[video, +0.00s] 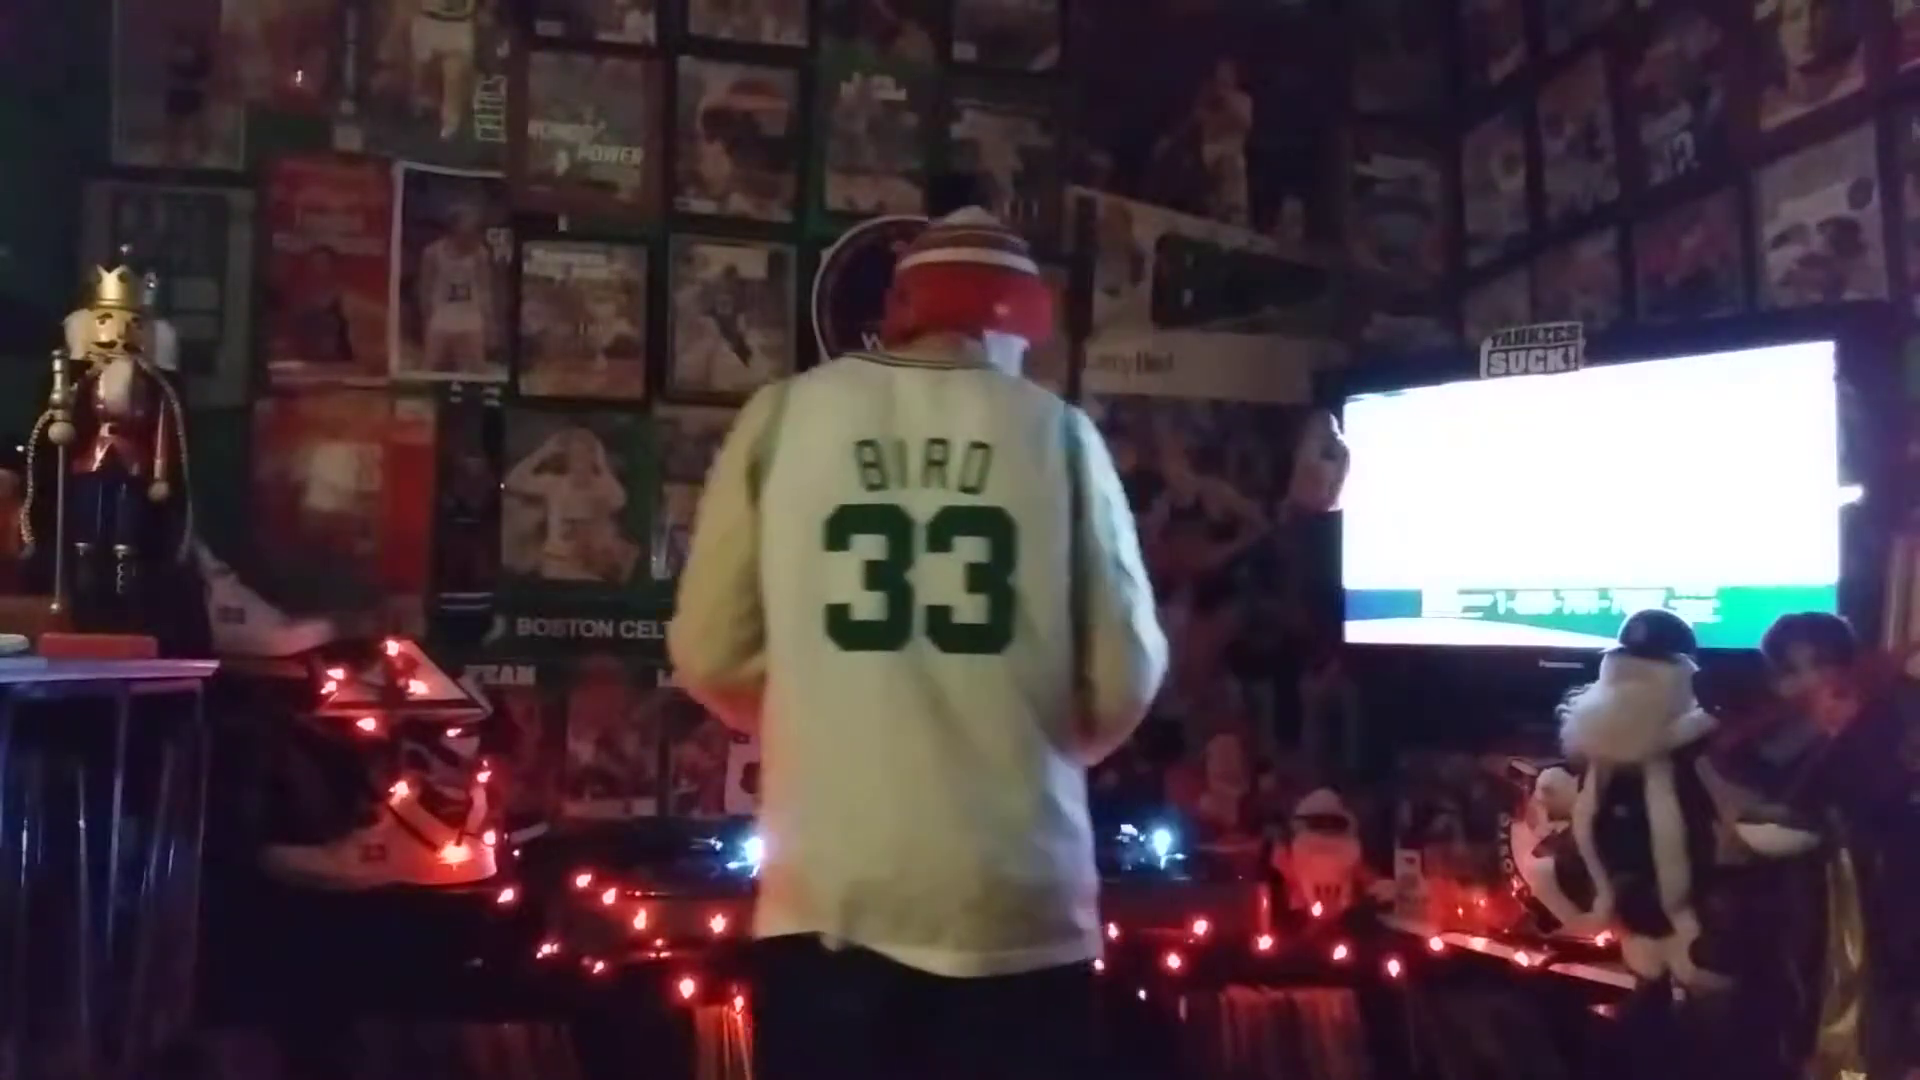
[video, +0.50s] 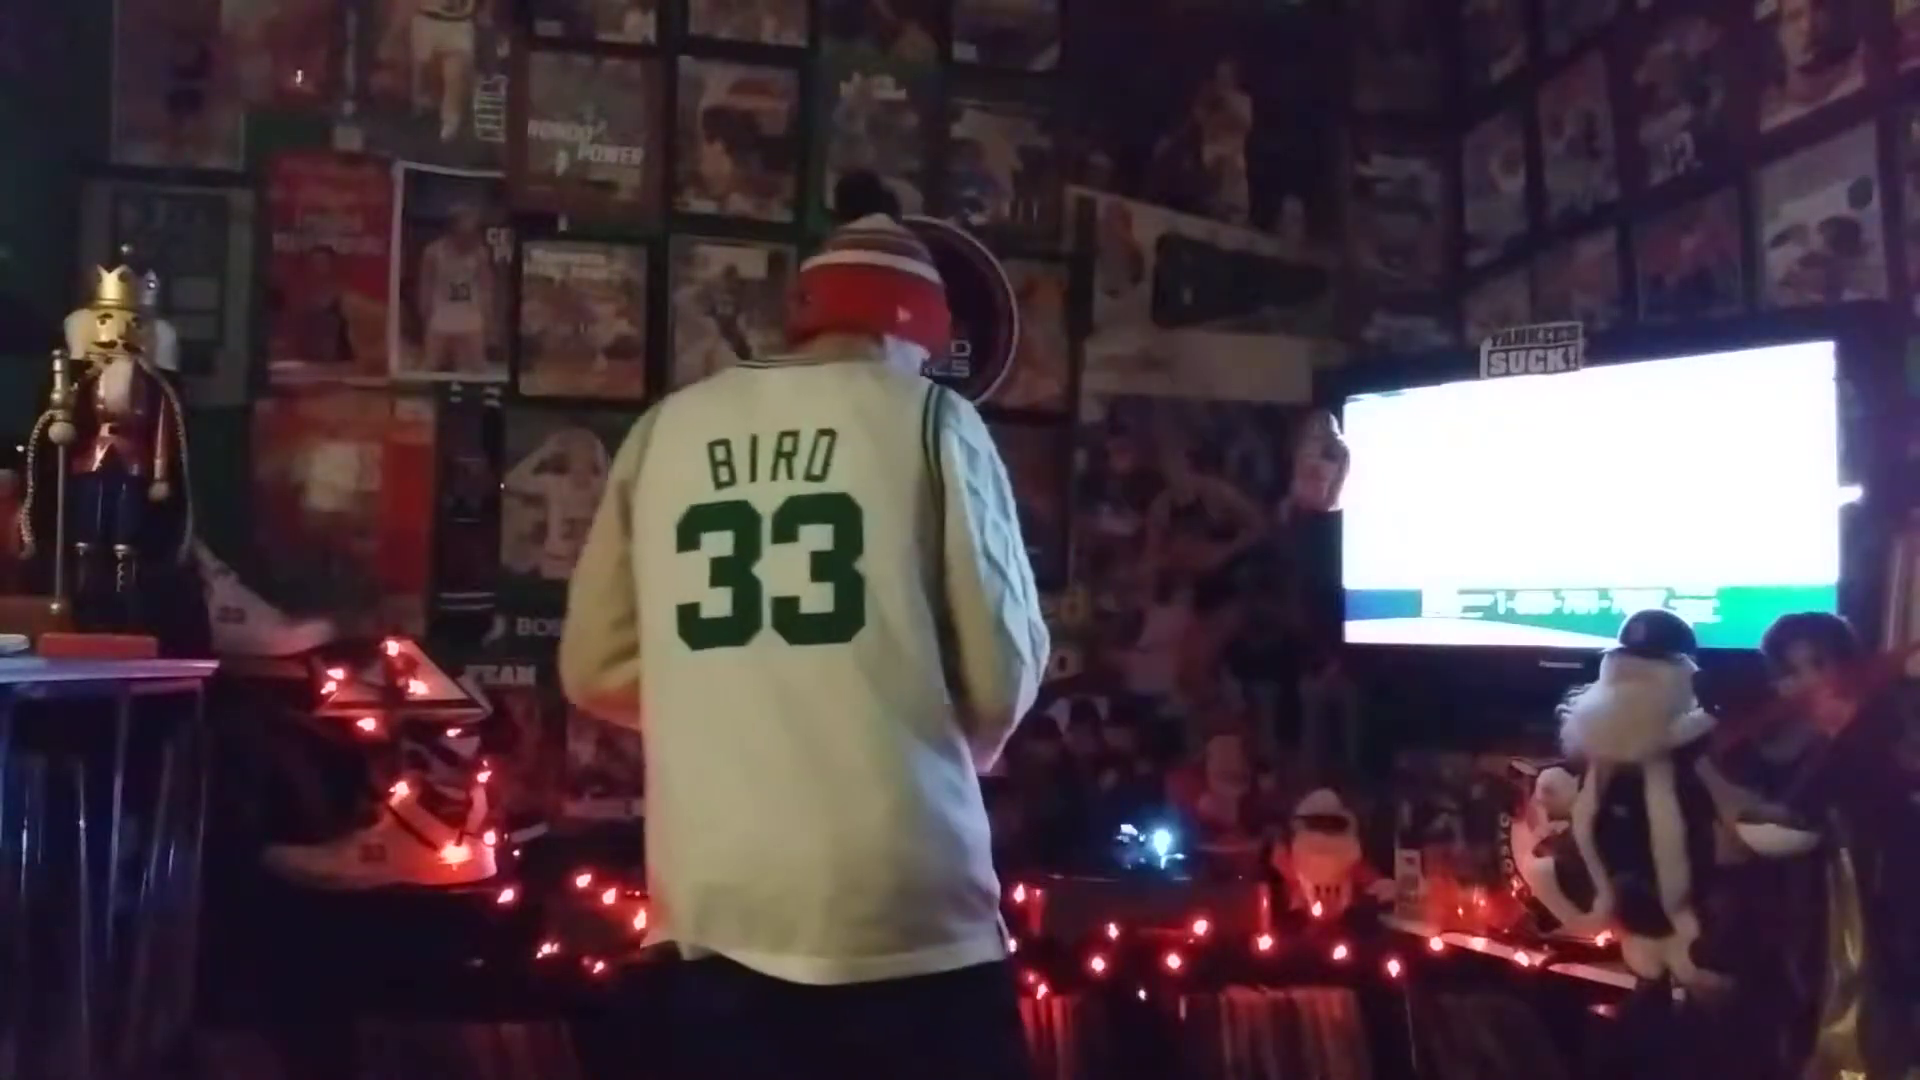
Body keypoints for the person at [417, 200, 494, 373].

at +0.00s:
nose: (467, 236)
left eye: (471, 231)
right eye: (463, 231)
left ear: (476, 231)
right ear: (453, 229)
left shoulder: (481, 253)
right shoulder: (433, 253)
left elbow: (486, 291)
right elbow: (425, 288)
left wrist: (490, 325)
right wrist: (427, 317)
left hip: (471, 324)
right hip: (440, 324)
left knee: (473, 376)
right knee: (433, 376)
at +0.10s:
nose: (466, 236)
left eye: (470, 231)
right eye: (463, 231)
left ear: (475, 231)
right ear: (453, 229)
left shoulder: (479, 252)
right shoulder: (434, 253)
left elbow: (486, 287)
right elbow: (426, 286)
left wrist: (488, 317)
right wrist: (426, 314)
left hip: (471, 323)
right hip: (440, 323)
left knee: (473, 375)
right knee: (431, 375)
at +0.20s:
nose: (466, 235)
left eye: (470, 230)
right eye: (462, 230)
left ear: (475, 230)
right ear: (453, 228)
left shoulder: (480, 252)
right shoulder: (434, 253)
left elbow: (486, 288)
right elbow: (426, 287)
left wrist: (489, 321)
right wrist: (426, 313)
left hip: (471, 325)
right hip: (440, 324)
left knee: (473, 377)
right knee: (431, 376)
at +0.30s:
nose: (466, 236)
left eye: (470, 232)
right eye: (462, 231)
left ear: (475, 230)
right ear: (453, 229)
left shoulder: (480, 252)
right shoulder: (434, 252)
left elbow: (486, 289)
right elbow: (425, 287)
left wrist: (489, 323)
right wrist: (425, 315)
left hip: (471, 325)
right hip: (440, 324)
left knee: (473, 377)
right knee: (433, 377)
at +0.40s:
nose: (466, 236)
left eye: (470, 231)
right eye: (462, 231)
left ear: (475, 230)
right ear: (453, 229)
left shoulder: (480, 252)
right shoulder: (434, 252)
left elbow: (486, 287)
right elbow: (426, 286)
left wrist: (489, 321)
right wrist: (425, 313)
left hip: (471, 324)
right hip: (441, 323)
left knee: (473, 376)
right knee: (433, 376)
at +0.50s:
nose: (466, 237)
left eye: (470, 232)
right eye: (462, 231)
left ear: (475, 231)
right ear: (453, 229)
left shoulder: (480, 252)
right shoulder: (434, 252)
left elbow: (486, 287)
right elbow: (426, 285)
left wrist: (488, 320)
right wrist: (425, 312)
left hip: (471, 324)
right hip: (440, 323)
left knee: (473, 375)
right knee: (433, 375)